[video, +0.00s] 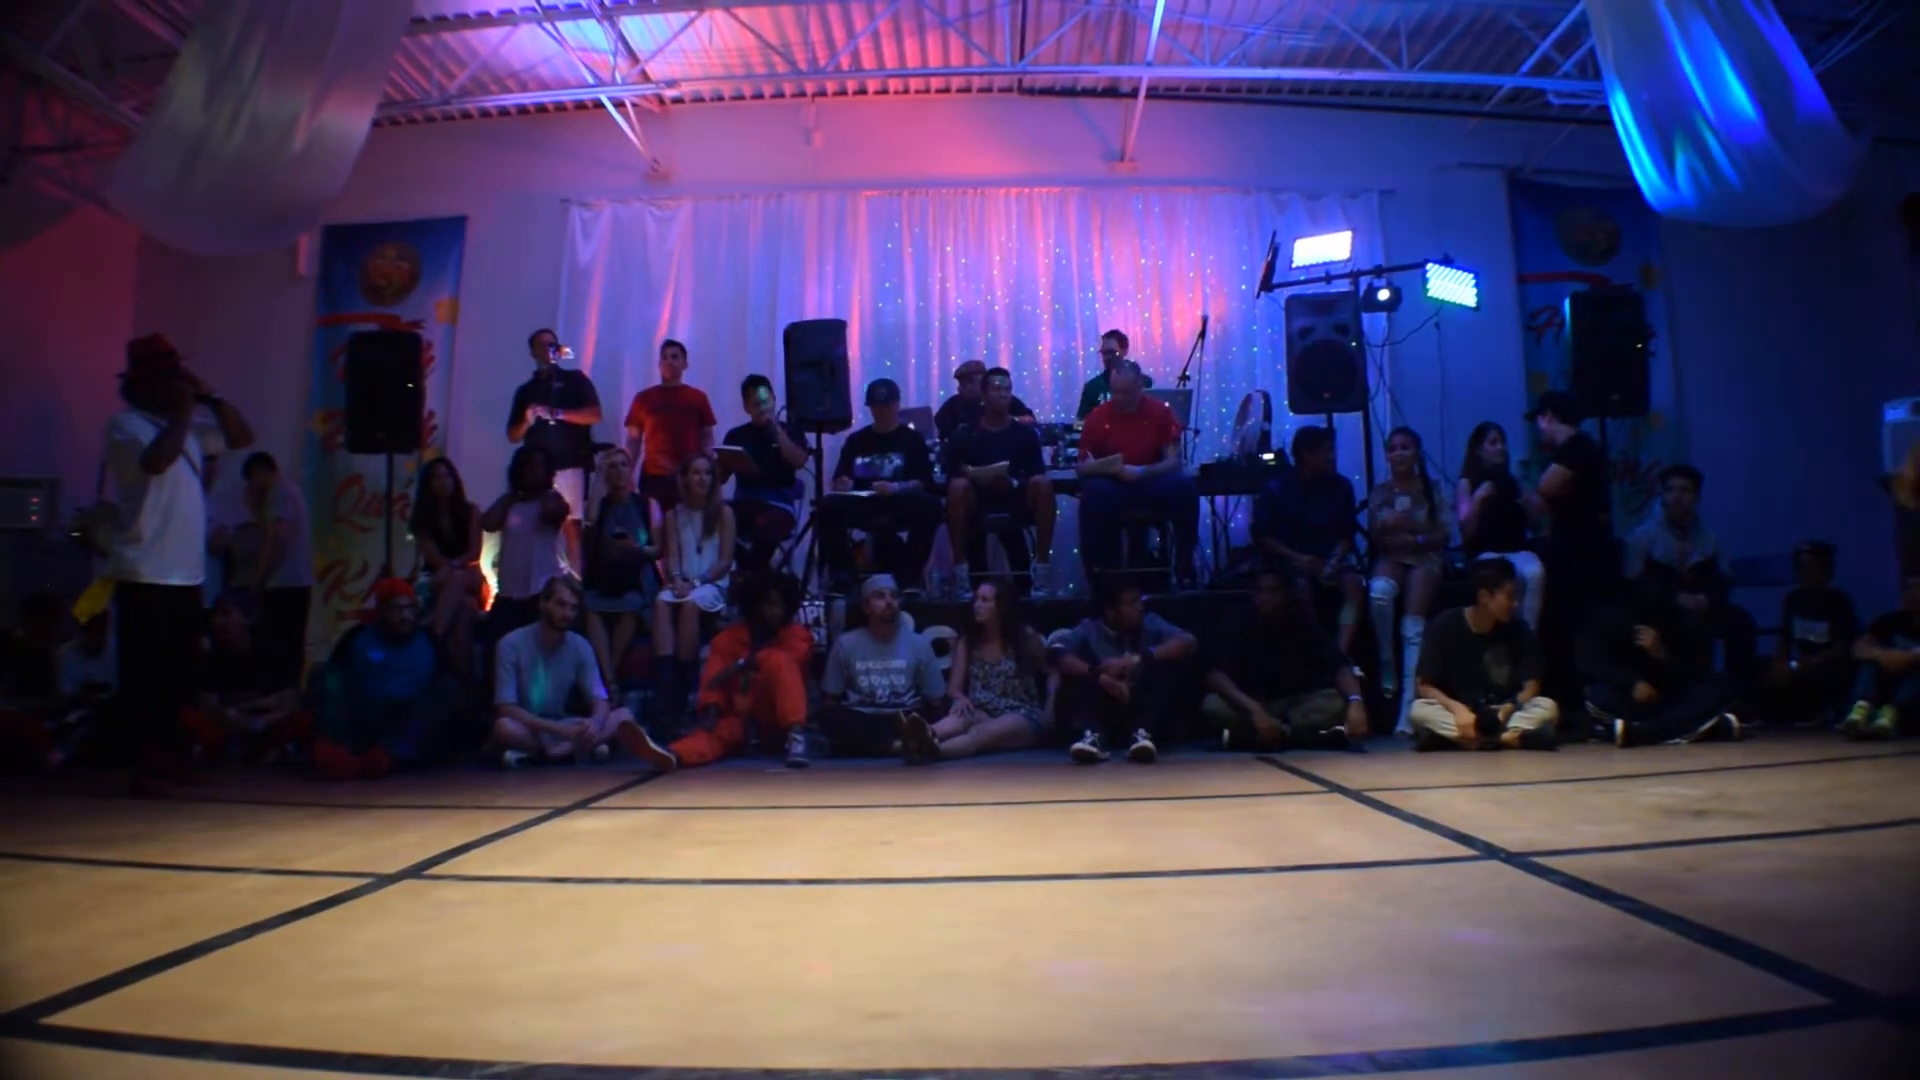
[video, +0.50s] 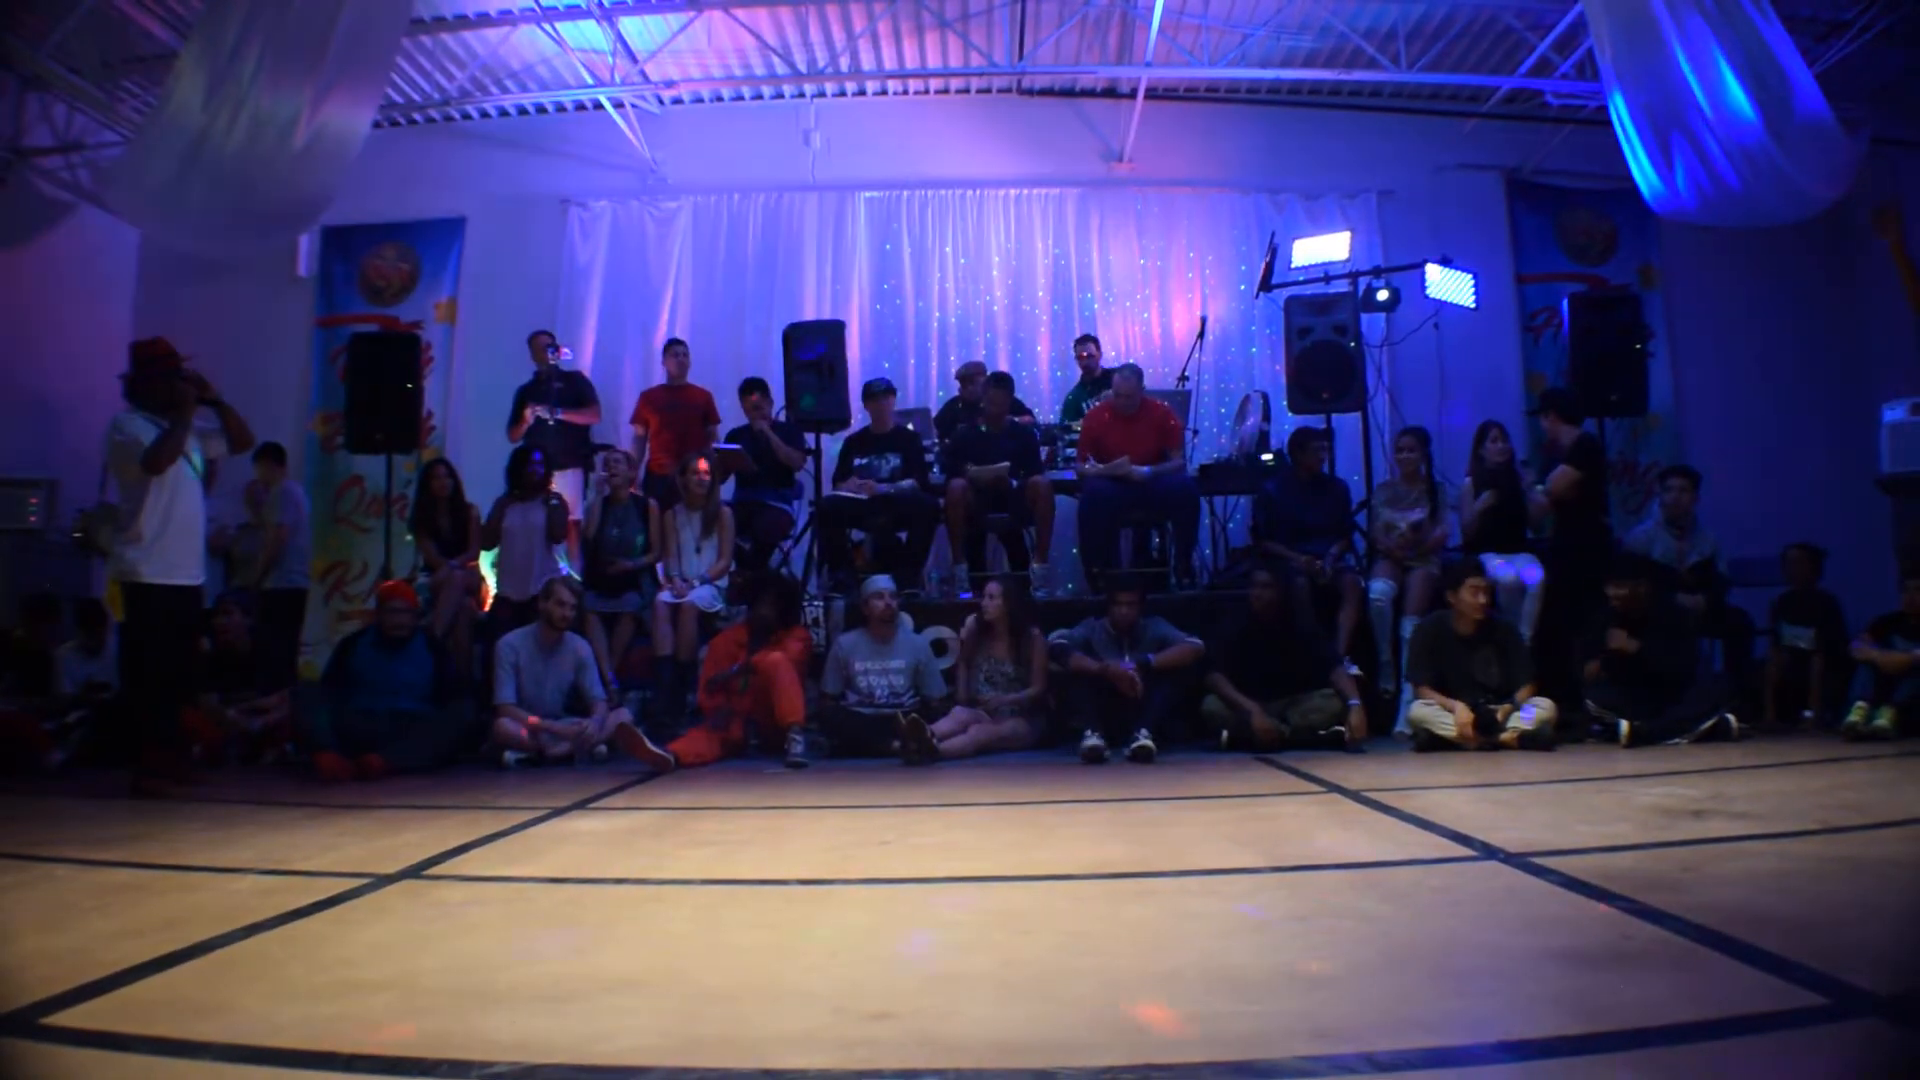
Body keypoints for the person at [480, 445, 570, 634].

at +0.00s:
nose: (534, 472)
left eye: (540, 466)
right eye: (529, 466)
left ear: (549, 471)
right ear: (518, 470)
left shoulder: (552, 499)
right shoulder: (509, 502)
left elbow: (556, 514)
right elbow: (488, 524)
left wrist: (547, 495)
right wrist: (510, 498)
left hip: (543, 593)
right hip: (509, 593)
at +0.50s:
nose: (536, 471)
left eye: (541, 465)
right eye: (530, 465)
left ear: (547, 470)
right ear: (517, 469)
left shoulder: (553, 502)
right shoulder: (504, 503)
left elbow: (558, 537)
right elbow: (487, 542)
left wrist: (553, 503)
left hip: (542, 592)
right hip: (508, 592)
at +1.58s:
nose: (534, 470)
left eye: (540, 465)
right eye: (528, 464)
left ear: (547, 470)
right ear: (515, 468)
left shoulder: (554, 500)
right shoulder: (501, 500)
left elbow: (566, 546)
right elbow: (491, 546)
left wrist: (557, 511)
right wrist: (496, 513)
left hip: (544, 593)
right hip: (508, 593)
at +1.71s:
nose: (534, 470)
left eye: (539, 464)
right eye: (528, 464)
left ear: (546, 470)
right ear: (515, 468)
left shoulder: (553, 501)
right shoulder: (501, 501)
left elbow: (564, 548)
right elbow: (491, 543)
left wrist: (557, 512)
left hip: (543, 591)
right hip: (508, 590)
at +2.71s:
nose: (534, 469)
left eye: (539, 463)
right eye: (527, 463)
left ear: (546, 469)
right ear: (515, 468)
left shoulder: (551, 503)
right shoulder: (498, 505)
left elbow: (561, 549)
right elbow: (489, 547)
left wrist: (555, 513)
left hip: (546, 582)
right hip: (509, 583)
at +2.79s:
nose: (534, 469)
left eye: (539, 464)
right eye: (527, 464)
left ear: (546, 469)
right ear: (515, 468)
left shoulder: (551, 503)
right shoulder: (497, 507)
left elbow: (562, 549)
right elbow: (487, 550)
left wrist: (555, 516)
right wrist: (495, 516)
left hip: (548, 584)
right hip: (509, 587)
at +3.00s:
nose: (535, 470)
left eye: (540, 465)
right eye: (529, 465)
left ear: (547, 470)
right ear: (518, 469)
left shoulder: (555, 506)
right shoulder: (505, 501)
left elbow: (564, 543)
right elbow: (486, 547)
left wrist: (546, 517)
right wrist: (500, 512)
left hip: (548, 581)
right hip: (512, 582)